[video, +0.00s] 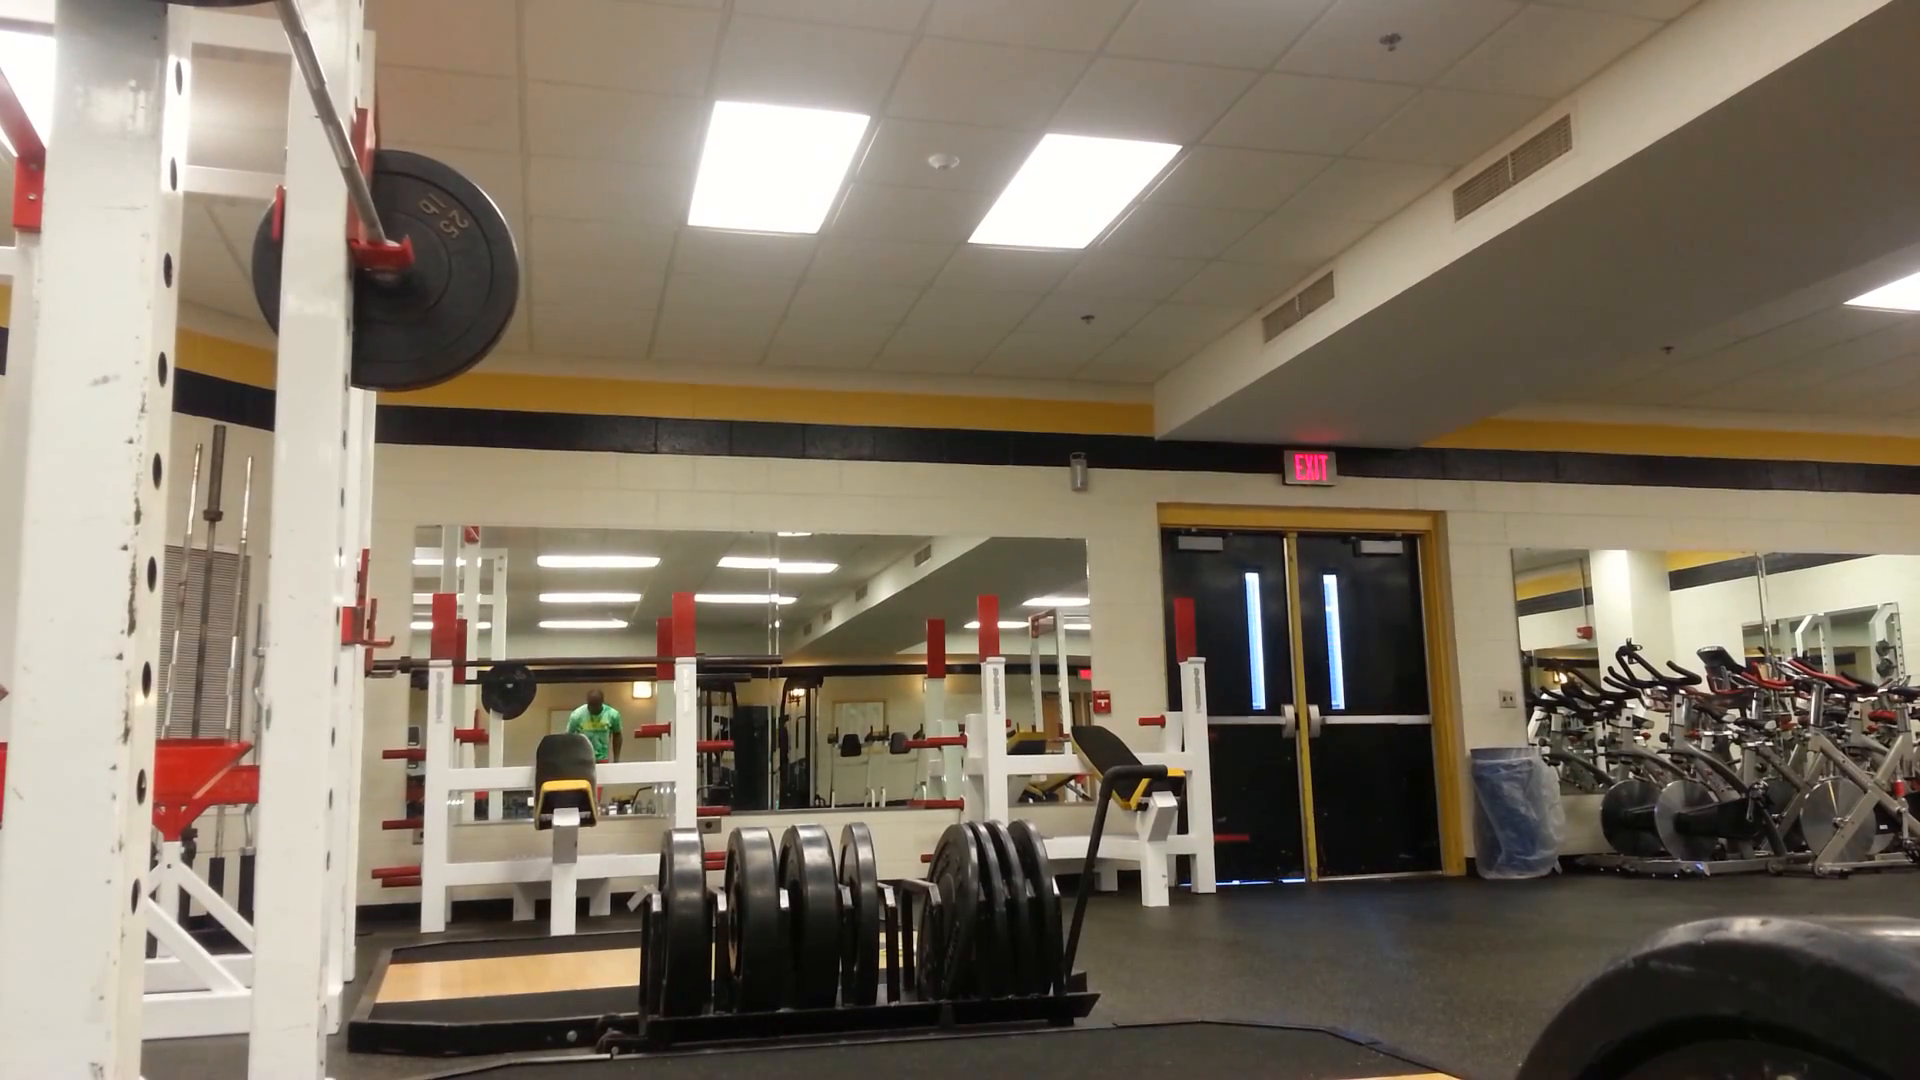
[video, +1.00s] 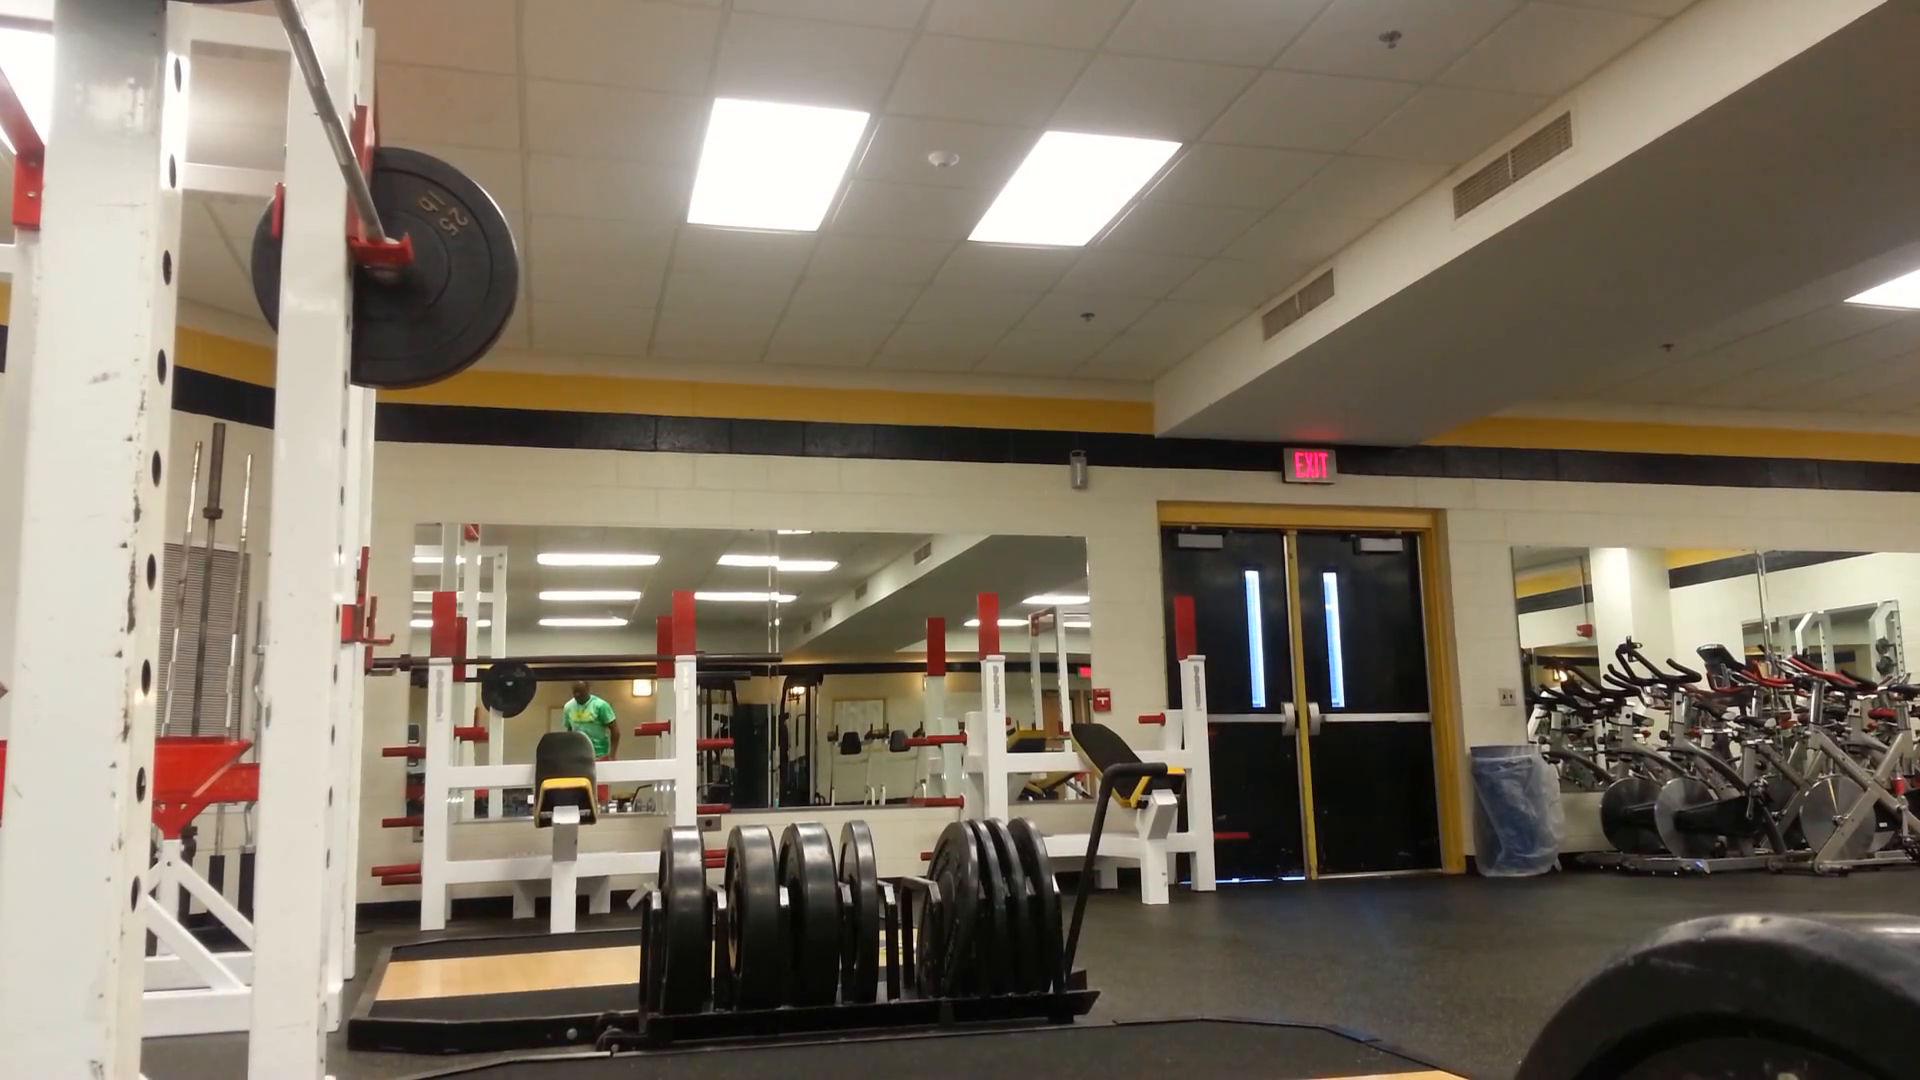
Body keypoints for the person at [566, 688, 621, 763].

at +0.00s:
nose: (593, 709)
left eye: (596, 706)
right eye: (591, 706)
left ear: (602, 703)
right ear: (587, 703)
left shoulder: (613, 715)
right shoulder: (576, 716)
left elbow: (617, 736)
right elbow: (569, 739)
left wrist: (616, 761)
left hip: (602, 760)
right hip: (581, 760)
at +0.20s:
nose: (588, 706)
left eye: (590, 703)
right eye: (585, 703)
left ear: (596, 700)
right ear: (581, 701)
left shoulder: (608, 713)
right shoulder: (571, 715)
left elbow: (615, 734)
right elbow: (566, 739)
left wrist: (614, 759)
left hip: (601, 760)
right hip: (579, 760)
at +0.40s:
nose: (585, 701)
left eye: (587, 698)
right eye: (582, 698)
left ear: (593, 696)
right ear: (578, 697)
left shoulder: (606, 709)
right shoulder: (570, 712)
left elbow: (613, 730)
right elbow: (564, 737)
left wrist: (610, 756)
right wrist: (565, 757)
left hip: (600, 759)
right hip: (578, 759)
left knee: (599, 795)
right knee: (579, 794)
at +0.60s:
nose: (586, 699)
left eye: (589, 695)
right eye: (583, 695)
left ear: (595, 693)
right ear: (579, 695)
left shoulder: (608, 708)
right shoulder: (572, 710)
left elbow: (616, 730)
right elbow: (567, 736)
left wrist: (612, 755)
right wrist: (568, 756)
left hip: (602, 759)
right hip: (580, 759)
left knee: (602, 797)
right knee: (582, 796)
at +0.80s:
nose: (583, 697)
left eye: (587, 694)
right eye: (581, 694)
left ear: (594, 691)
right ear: (577, 693)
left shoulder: (607, 708)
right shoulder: (572, 709)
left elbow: (618, 732)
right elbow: (571, 735)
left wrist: (616, 756)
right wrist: (572, 756)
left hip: (604, 760)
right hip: (581, 759)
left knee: (603, 799)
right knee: (583, 797)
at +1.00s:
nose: (577, 695)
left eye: (580, 691)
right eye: (575, 691)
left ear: (588, 689)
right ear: (572, 691)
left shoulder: (601, 706)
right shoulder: (568, 707)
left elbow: (615, 730)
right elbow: (569, 732)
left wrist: (612, 756)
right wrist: (569, 754)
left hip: (600, 757)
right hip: (578, 757)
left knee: (601, 797)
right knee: (580, 794)